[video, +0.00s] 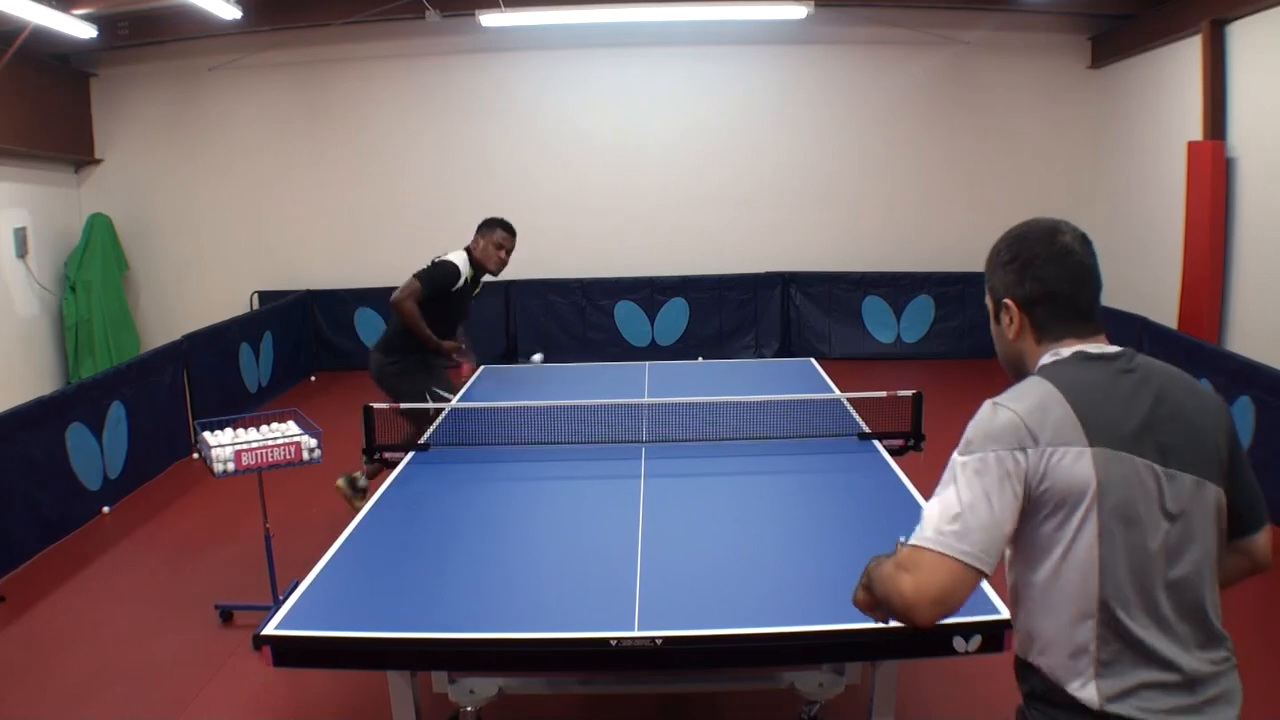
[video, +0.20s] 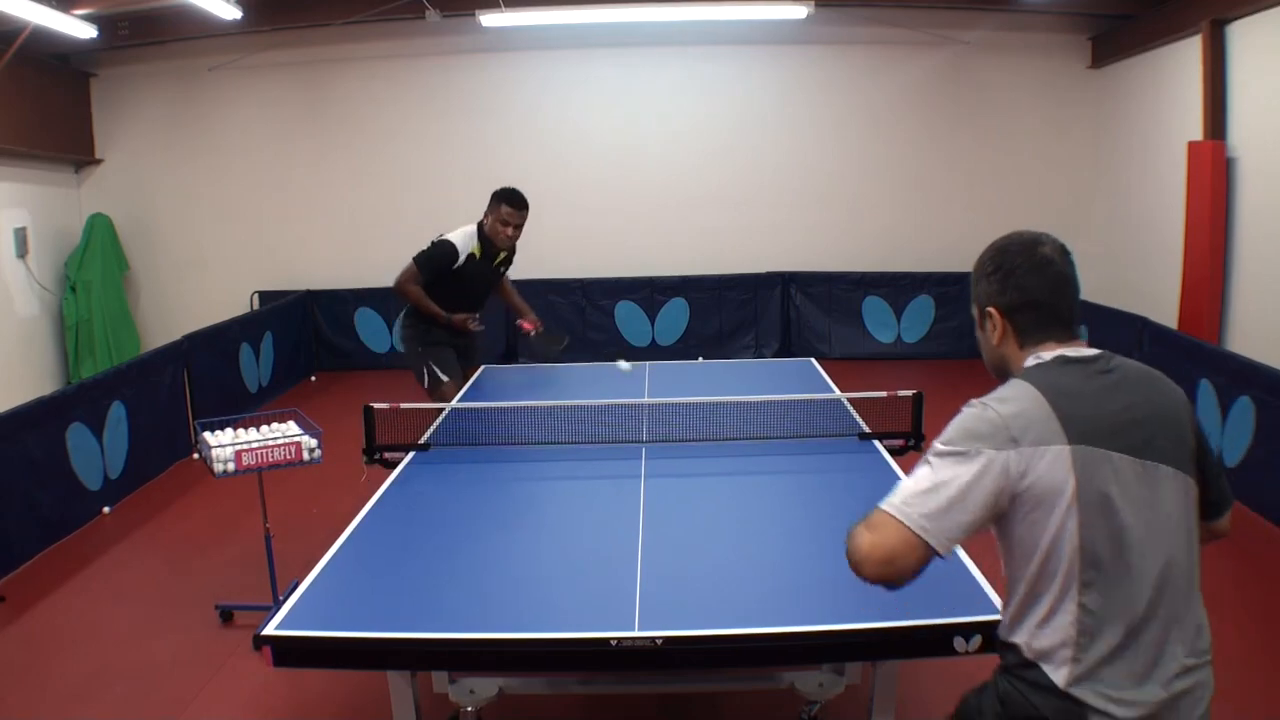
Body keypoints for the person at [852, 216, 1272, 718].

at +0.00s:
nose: (992, 332)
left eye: (991, 316)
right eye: (990, 315)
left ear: (1012, 317)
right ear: (1091, 301)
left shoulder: (1019, 418)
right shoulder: (1199, 401)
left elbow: (922, 598)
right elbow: (1254, 549)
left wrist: (880, 571)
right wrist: (1160, 586)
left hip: (1084, 703)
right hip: (1212, 700)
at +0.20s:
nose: (977, 339)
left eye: (976, 323)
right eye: (976, 323)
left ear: (994, 323)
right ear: (1070, 310)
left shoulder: (1005, 417)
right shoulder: (1163, 393)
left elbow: (880, 560)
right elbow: (1215, 519)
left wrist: (872, 525)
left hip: (1065, 698)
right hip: (1184, 694)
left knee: (970, 707)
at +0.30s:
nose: (940, 338)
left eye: (940, 322)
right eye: (940, 323)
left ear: (957, 324)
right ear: (1030, 309)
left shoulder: (958, 404)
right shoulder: (1124, 387)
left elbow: (815, 523)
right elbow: (1185, 504)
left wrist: (861, 531)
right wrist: (1094, 533)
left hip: (1021, 688)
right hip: (1143, 687)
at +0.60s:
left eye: (822, 387)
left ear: (827, 395)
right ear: (910, 383)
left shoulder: (789, 455)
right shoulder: (958, 431)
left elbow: (716, 488)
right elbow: (1062, 519)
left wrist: (783, 467)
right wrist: (1147, 603)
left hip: (851, 698)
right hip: (979, 693)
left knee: (798, 686)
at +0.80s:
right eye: (905, 368)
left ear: (819, 382)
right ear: (901, 374)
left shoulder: (781, 446)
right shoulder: (938, 413)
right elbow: (1018, 503)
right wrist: (1113, 610)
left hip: (826, 690)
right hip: (961, 685)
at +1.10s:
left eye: (903, 354)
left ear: (910, 363)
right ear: (1003, 360)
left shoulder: (865, 450)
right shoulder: (1071, 440)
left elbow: (775, 569)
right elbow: (1173, 567)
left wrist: (834, 531)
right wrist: (1175, 619)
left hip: (910, 704)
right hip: (1045, 705)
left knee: (820, 687)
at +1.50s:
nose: (1000, 423)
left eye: (997, 409)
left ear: (1010, 410)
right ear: (1108, 387)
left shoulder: (1002, 526)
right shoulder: (1227, 471)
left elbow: (898, 693)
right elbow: (1269, 623)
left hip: (1079, 708)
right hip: (1226, 708)